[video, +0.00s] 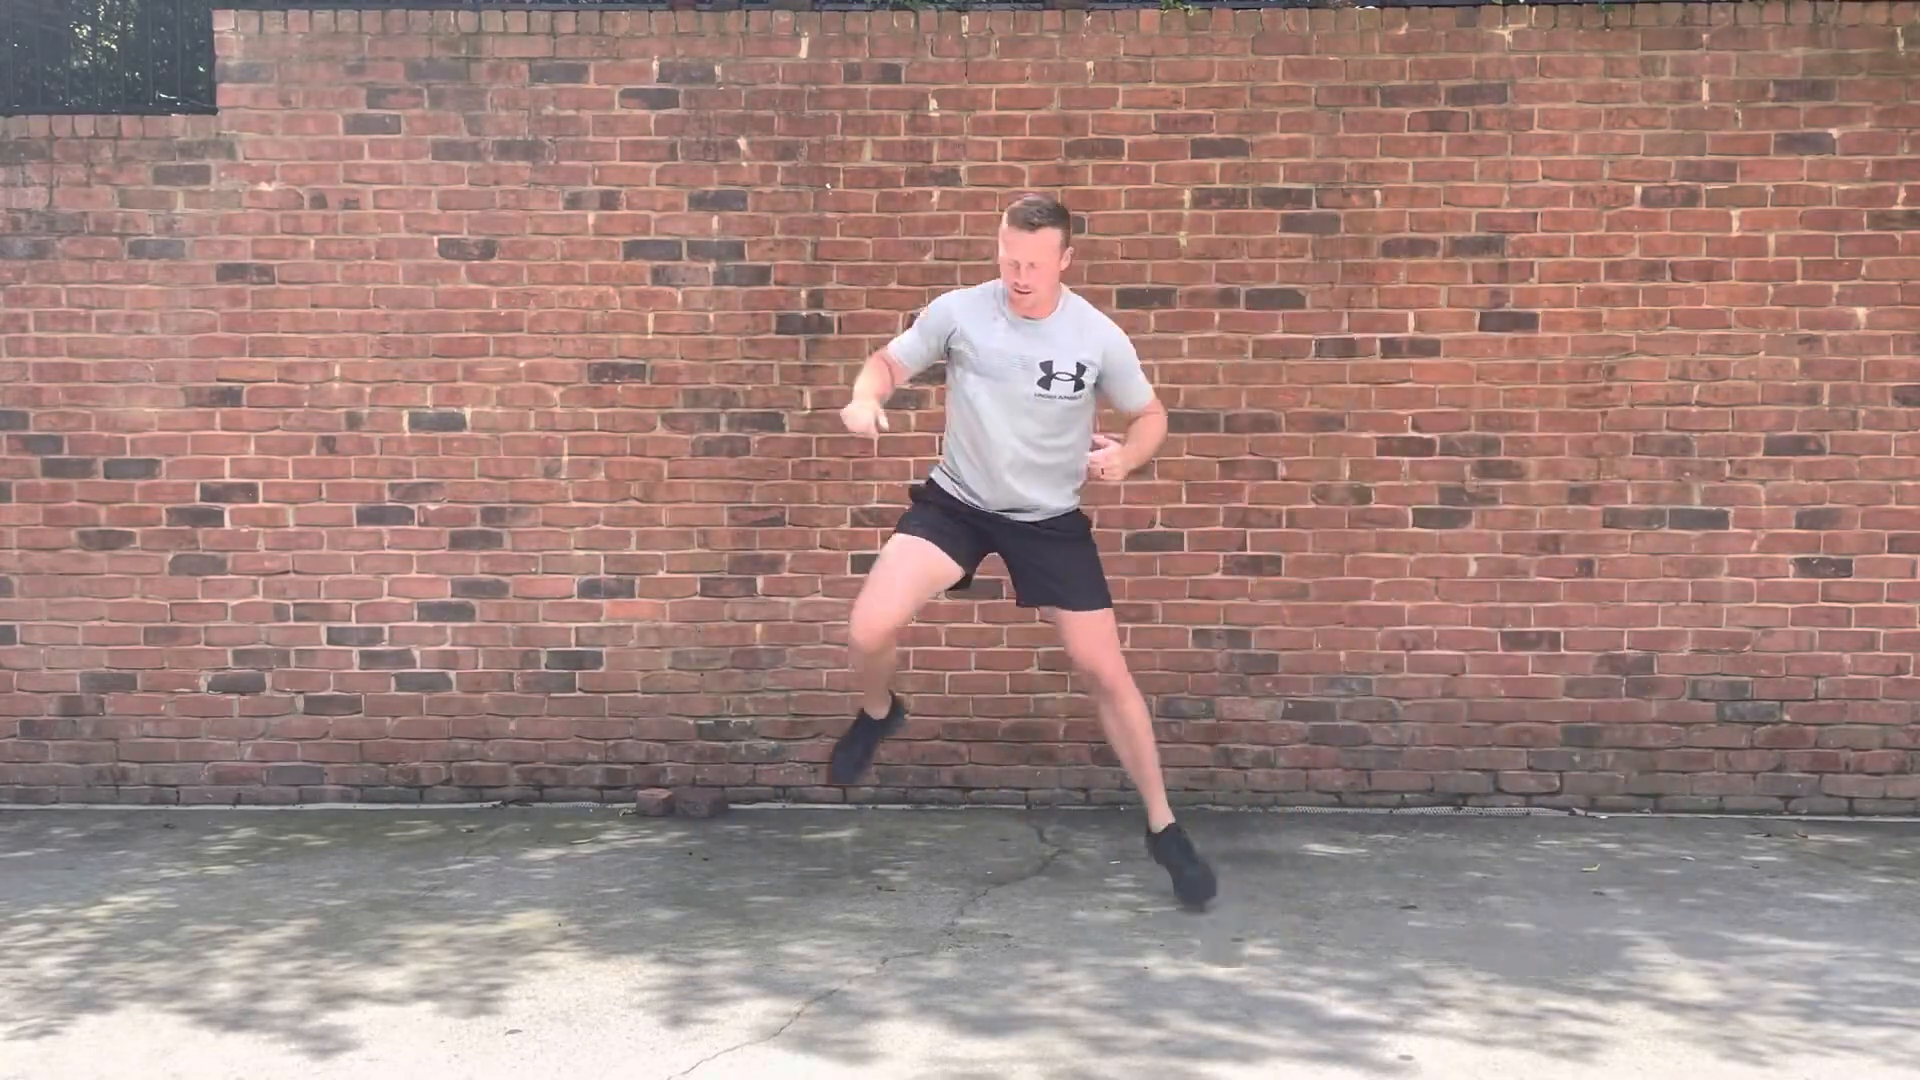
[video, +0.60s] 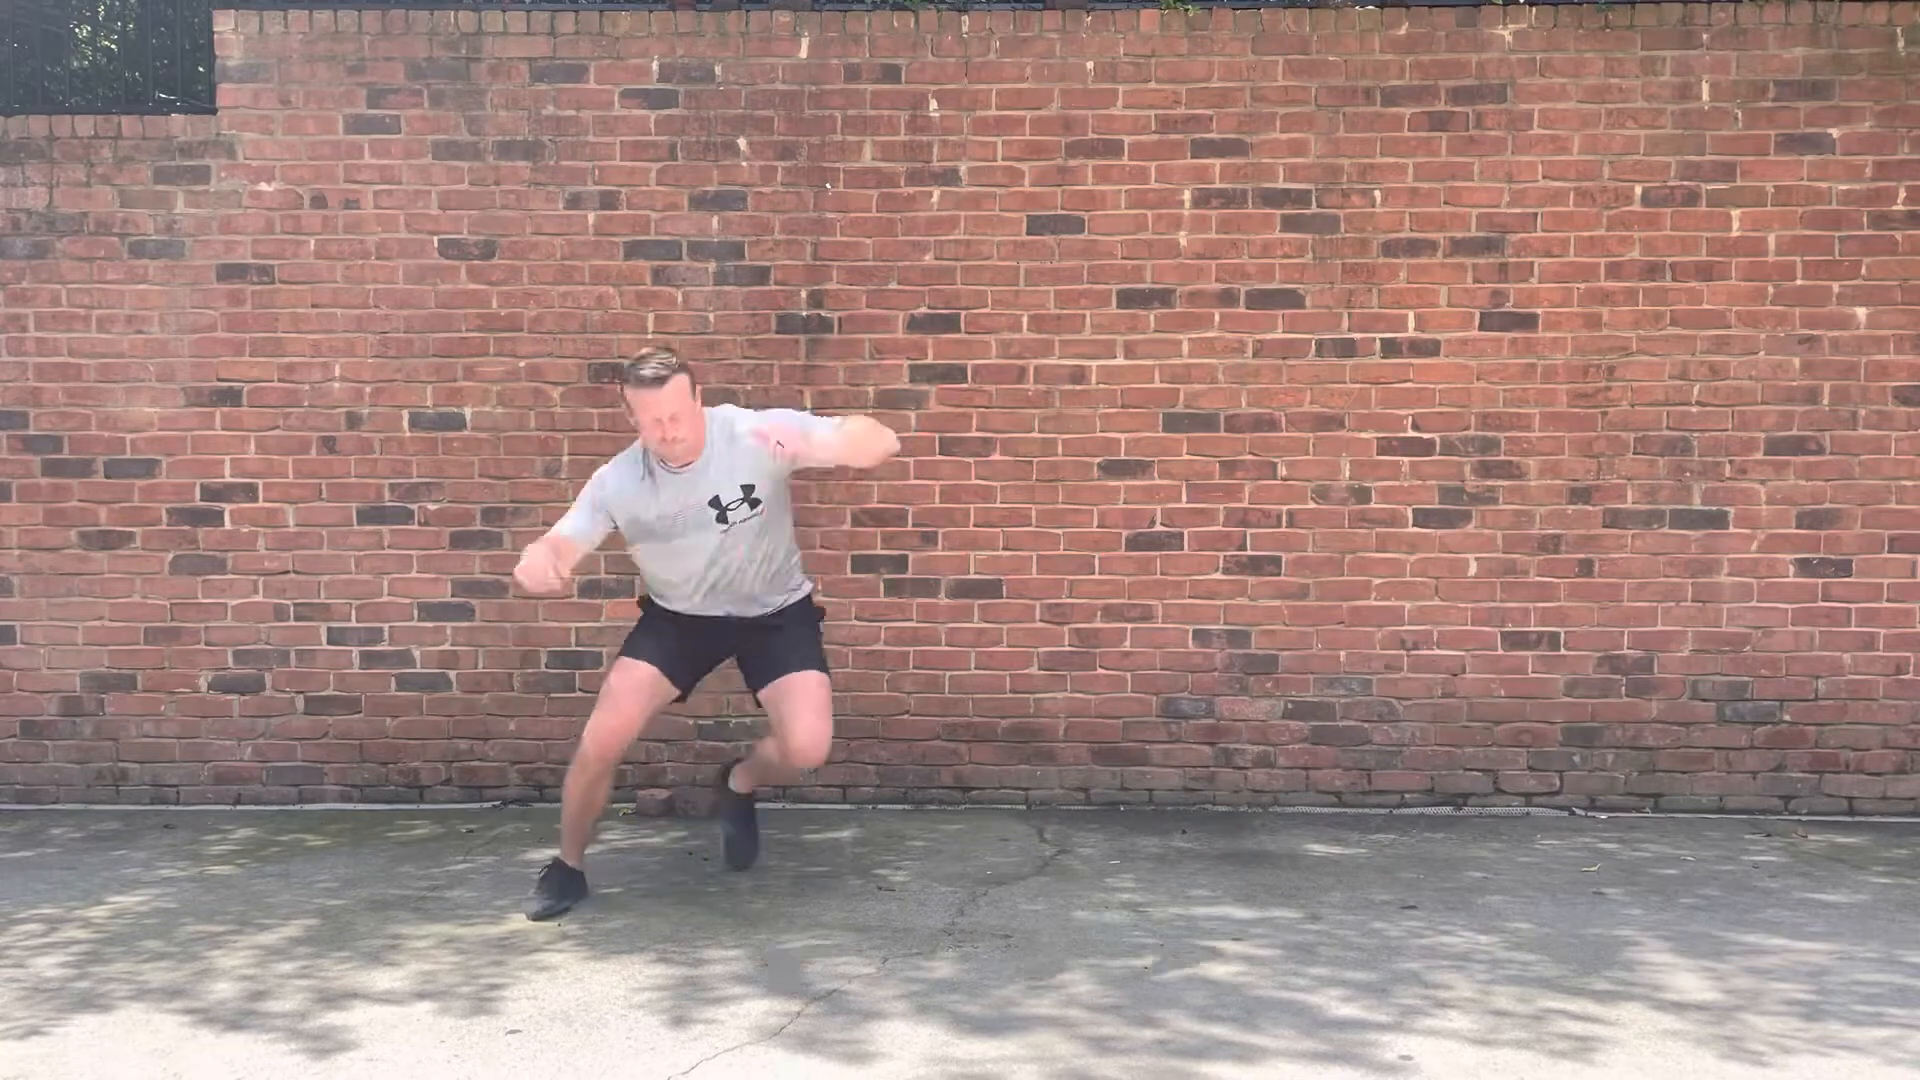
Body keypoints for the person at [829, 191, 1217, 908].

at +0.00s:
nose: (1017, 278)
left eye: (1032, 265)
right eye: (1009, 263)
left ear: (1063, 260)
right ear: (998, 252)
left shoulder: (1098, 338)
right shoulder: (958, 313)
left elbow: (1151, 418)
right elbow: (886, 367)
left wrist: (1127, 455)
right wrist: (866, 399)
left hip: (1050, 520)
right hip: (954, 503)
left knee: (1104, 668)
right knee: (867, 629)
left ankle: (1163, 825)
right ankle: (877, 714)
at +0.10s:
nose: (920, 277)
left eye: (934, 263)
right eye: (909, 262)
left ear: (963, 258)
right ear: (896, 255)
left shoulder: (1006, 326)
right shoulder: (861, 314)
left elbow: (1074, 384)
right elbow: (785, 362)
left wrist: (1052, 440)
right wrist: (719, 415)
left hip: (967, 515)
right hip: (869, 505)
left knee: (1036, 671)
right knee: (777, 637)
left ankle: (1062, 789)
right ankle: (730, 751)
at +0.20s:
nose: (817, 323)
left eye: (831, 309)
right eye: (807, 310)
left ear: (860, 300)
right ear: (794, 301)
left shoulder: (910, 354)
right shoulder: (766, 356)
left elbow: (974, 390)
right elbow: (699, 396)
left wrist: (950, 460)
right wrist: (622, 457)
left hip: (883, 546)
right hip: (786, 542)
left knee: (944, 702)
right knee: (700, 678)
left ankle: (932, 751)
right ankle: (615, 821)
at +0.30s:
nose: (716, 401)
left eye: (728, 386)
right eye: (705, 388)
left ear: (760, 374)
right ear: (693, 382)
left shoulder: (818, 427)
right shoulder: (673, 437)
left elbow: (882, 467)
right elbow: (619, 482)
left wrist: (839, 532)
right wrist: (550, 539)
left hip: (801, 613)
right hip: (705, 607)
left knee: (839, 772)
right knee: (634, 731)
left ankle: (797, 744)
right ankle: (569, 865)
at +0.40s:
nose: (642, 461)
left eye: (652, 445)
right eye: (629, 449)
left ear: (682, 424)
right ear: (615, 441)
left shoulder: (749, 471)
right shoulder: (617, 507)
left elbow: (824, 551)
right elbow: (567, 586)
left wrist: (751, 615)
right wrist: (491, 663)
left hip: (760, 641)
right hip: (670, 632)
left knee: (729, 798)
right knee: (599, 750)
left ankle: (681, 776)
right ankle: (568, 867)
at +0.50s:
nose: (626, 471)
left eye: (634, 453)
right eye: (612, 460)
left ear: (661, 432)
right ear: (598, 456)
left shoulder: (726, 470)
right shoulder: (603, 523)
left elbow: (831, 532)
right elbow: (549, 612)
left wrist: (754, 571)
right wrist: (494, 681)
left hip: (750, 642)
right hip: (662, 637)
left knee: (722, 792)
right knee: (596, 756)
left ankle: (657, 804)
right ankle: (569, 867)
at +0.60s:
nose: (669, 431)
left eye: (677, 415)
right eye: (655, 421)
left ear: (697, 401)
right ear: (634, 418)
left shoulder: (755, 432)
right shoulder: (616, 484)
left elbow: (882, 441)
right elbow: (556, 552)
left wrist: (821, 447)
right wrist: (539, 569)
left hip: (777, 610)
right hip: (679, 616)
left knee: (807, 747)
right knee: (600, 740)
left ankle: (740, 781)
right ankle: (568, 865)